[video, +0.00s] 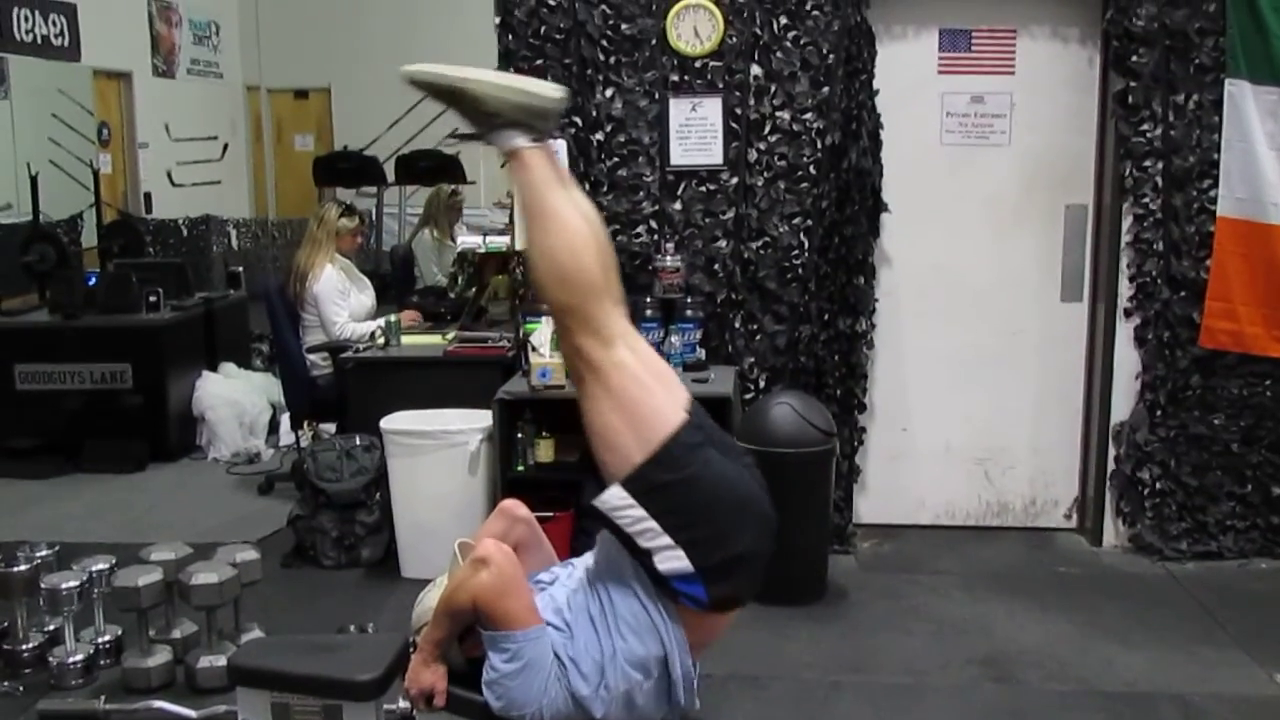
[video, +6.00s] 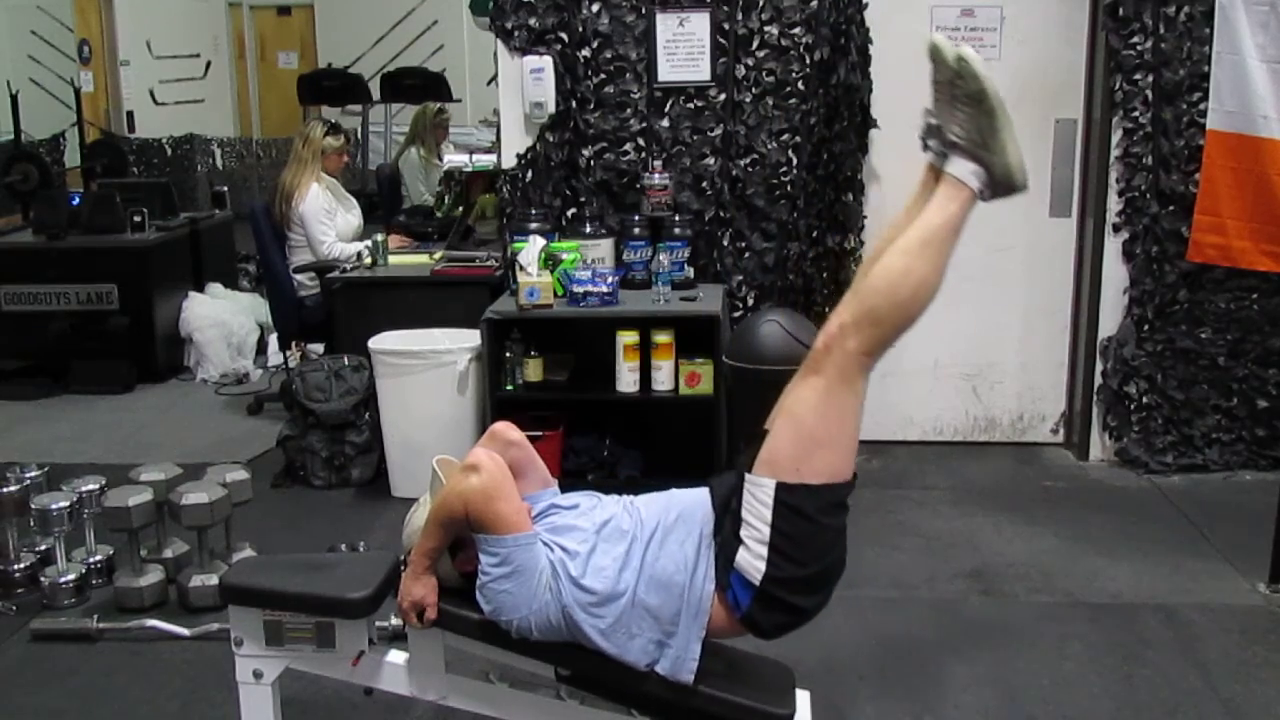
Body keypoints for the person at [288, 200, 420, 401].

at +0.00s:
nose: (360, 240)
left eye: (361, 234)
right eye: (355, 235)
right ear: (334, 235)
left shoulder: (338, 266)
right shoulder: (326, 274)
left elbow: (347, 324)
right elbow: (339, 332)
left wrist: (391, 322)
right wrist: (392, 323)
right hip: (331, 371)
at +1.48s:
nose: (352, 225)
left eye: (353, 219)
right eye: (347, 219)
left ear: (331, 219)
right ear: (328, 218)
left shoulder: (328, 250)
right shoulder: (317, 256)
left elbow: (340, 307)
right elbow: (332, 315)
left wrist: (386, 307)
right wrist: (385, 308)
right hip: (324, 357)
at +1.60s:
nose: (350, 204)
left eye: (350, 197)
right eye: (344, 198)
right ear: (324, 198)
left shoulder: (329, 228)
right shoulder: (315, 235)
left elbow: (341, 286)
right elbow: (330, 295)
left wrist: (386, 285)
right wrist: (385, 288)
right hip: (321, 335)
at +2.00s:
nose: (347, 181)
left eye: (347, 174)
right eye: (341, 175)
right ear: (322, 175)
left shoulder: (325, 207)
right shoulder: (312, 212)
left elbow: (336, 264)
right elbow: (327, 271)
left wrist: (382, 263)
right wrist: (382, 265)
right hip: (319, 312)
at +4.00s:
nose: (345, 160)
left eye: (346, 153)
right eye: (339, 154)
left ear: (324, 155)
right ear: (320, 154)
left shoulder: (324, 187)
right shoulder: (311, 192)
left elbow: (335, 244)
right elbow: (325, 251)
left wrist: (381, 243)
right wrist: (380, 246)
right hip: (319, 291)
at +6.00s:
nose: (346, 159)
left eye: (346, 153)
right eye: (340, 154)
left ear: (324, 155)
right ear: (320, 154)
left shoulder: (324, 186)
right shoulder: (312, 192)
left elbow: (335, 244)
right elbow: (326, 251)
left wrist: (378, 242)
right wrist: (378, 245)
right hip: (319, 292)